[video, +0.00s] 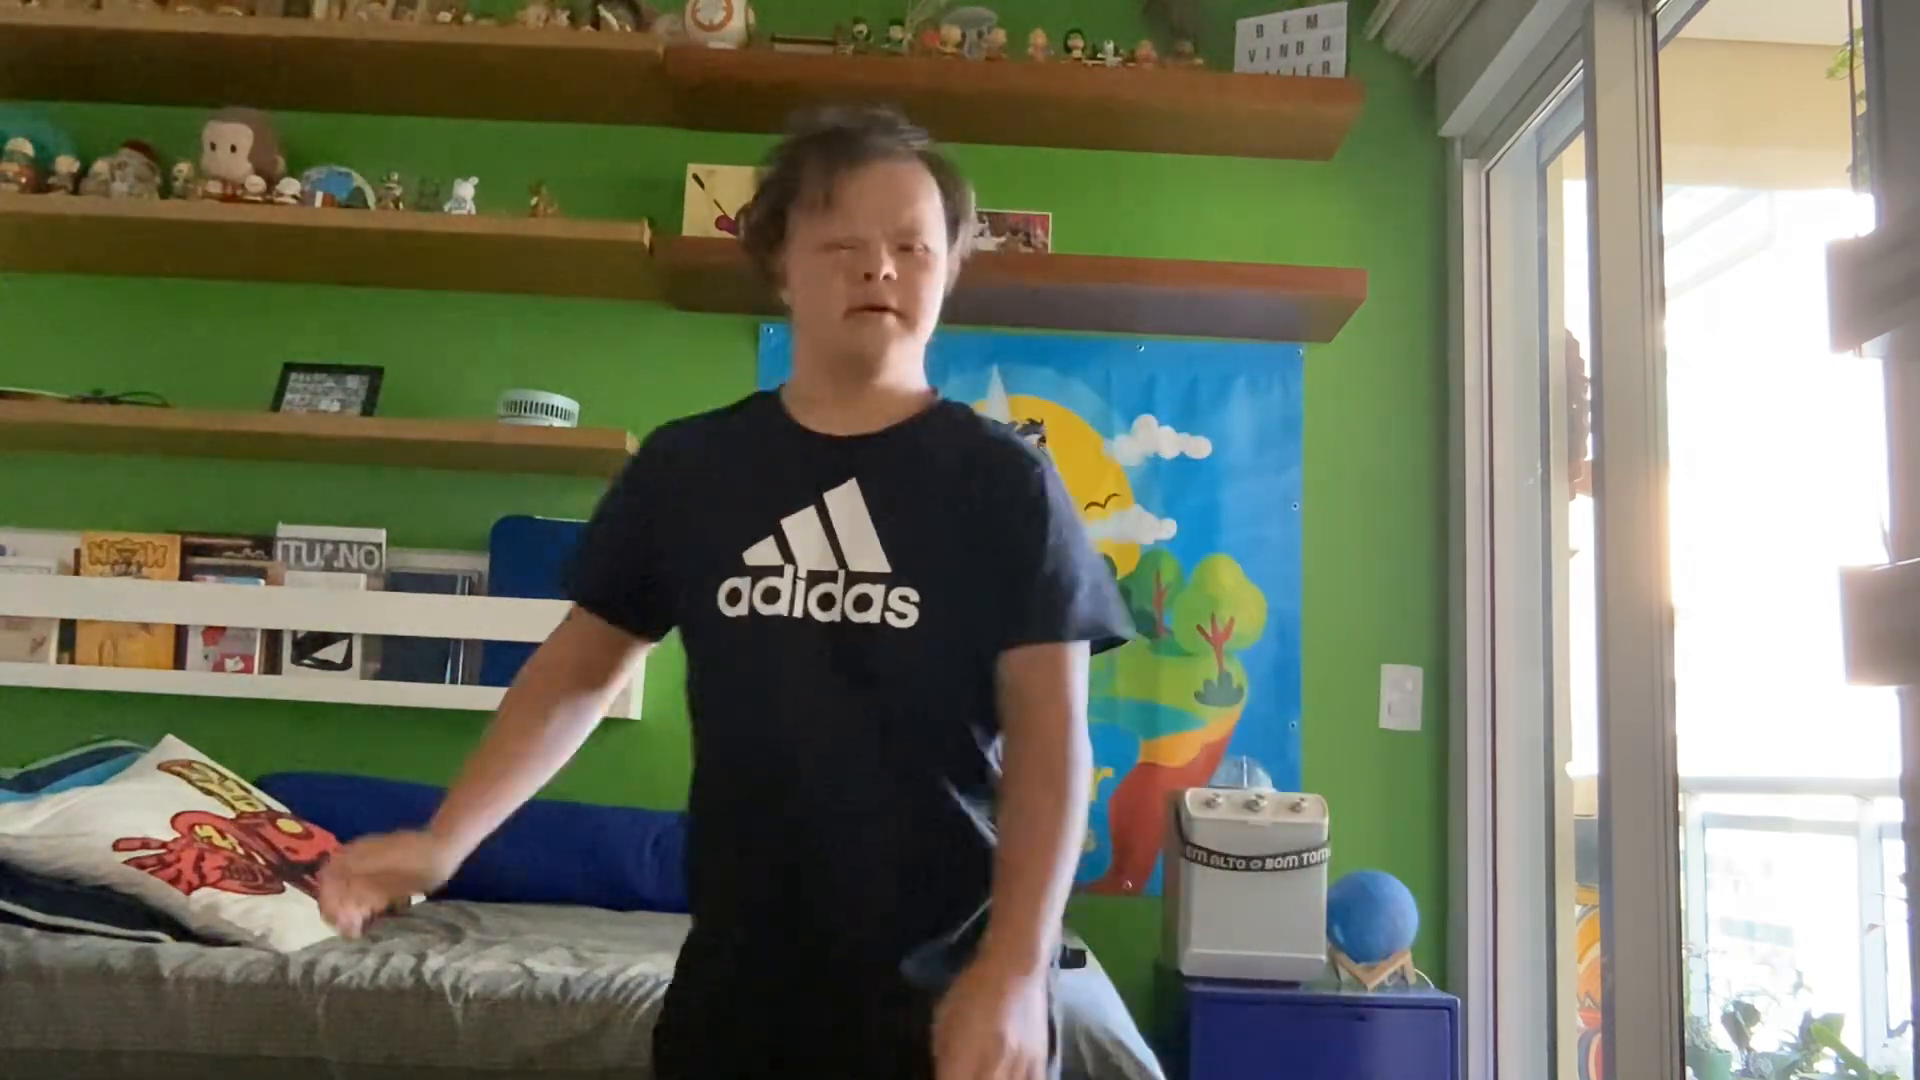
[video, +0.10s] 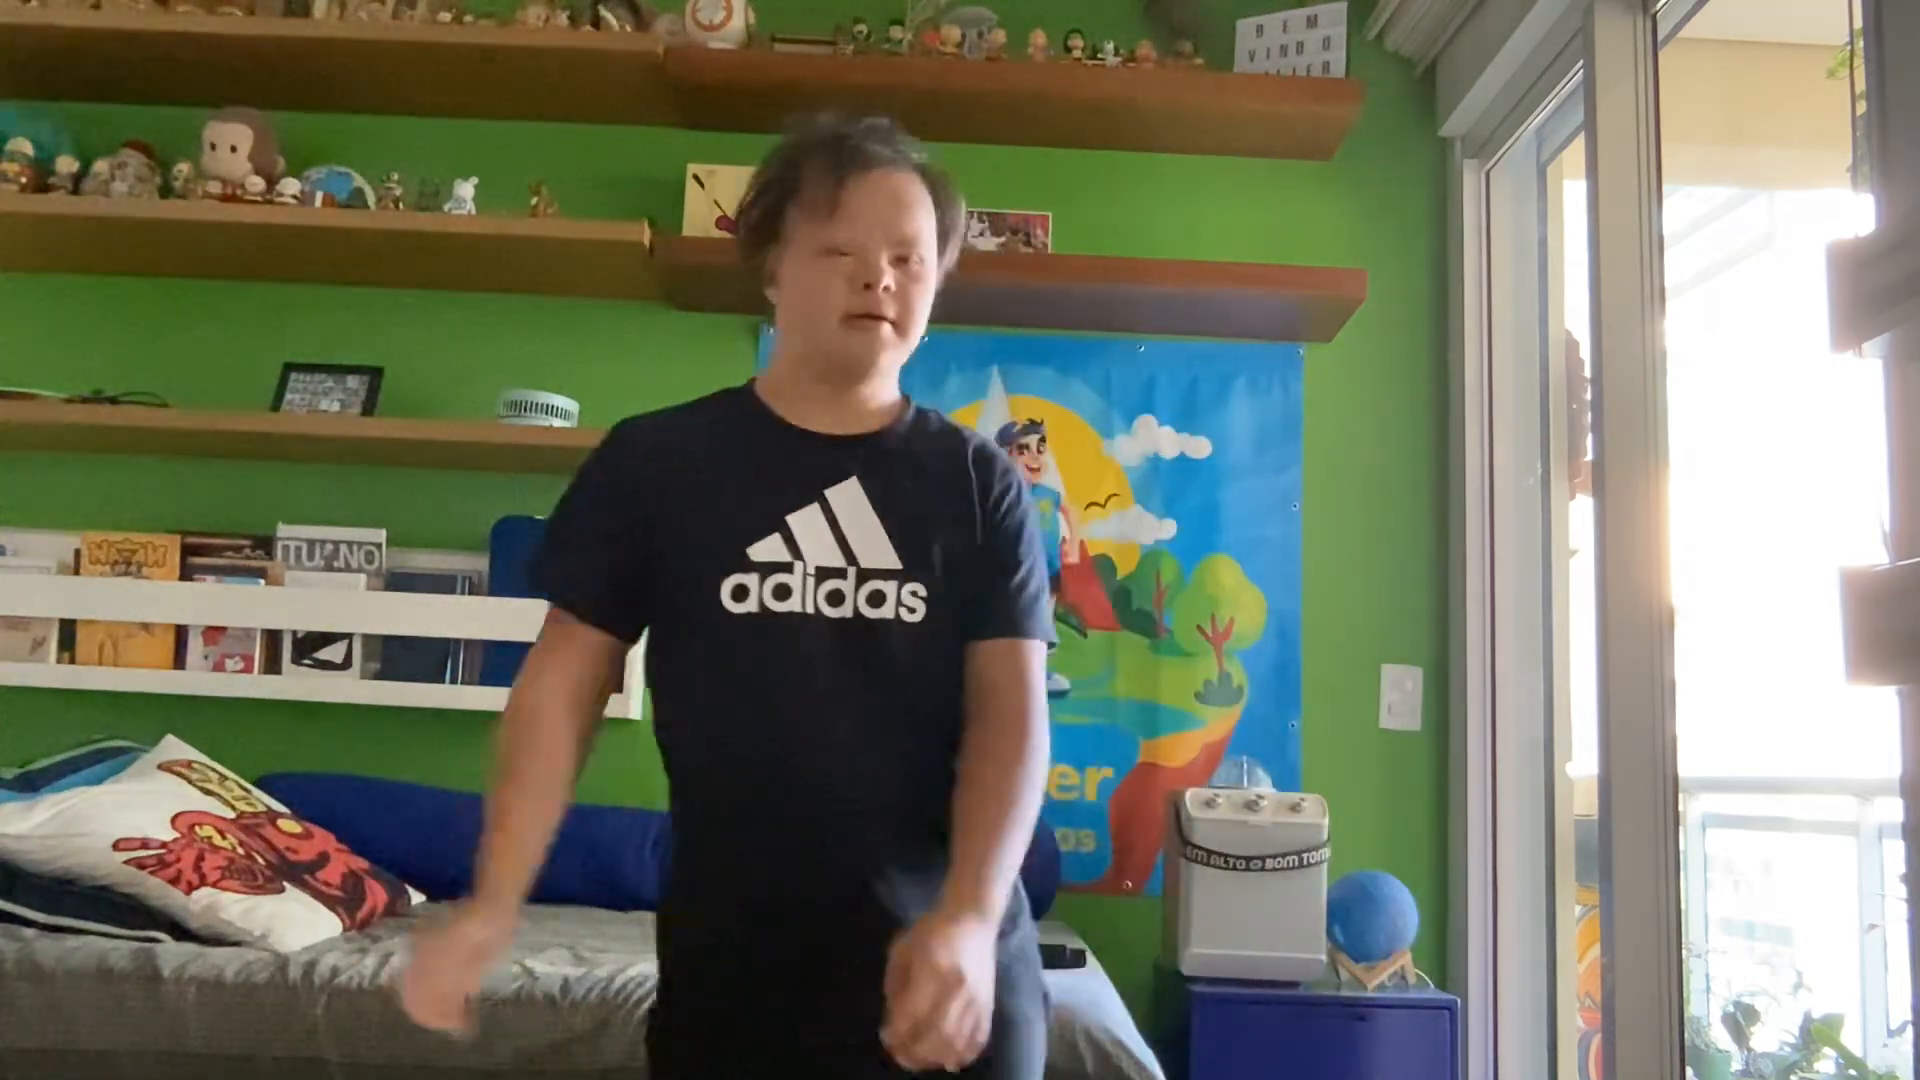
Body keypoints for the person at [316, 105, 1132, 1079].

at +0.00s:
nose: (878, 269)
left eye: (909, 243)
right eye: (842, 242)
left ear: (949, 271)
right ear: (780, 261)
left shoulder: (1003, 478)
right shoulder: (687, 468)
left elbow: (1048, 737)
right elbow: (576, 674)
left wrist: (1013, 969)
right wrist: (443, 842)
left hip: (953, 971)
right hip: (751, 965)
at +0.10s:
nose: (876, 280)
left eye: (905, 255)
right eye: (838, 251)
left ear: (936, 283)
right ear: (771, 267)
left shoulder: (977, 487)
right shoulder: (654, 463)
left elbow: (1011, 721)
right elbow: (561, 683)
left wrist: (971, 919)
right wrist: (494, 901)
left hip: (945, 974)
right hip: (740, 967)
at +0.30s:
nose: (880, 299)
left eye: (905, 275)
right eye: (841, 270)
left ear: (932, 303)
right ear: (773, 282)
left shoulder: (961, 503)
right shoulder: (671, 465)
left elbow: (996, 721)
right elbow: (614, 706)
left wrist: (966, 903)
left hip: (928, 977)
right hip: (734, 976)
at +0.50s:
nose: (933, 325)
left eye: (959, 303)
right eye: (896, 296)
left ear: (985, 329)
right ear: (833, 302)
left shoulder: (1004, 524)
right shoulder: (741, 462)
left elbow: (1032, 736)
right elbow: (659, 664)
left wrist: (1066, 927)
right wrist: (822, 797)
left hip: (973, 986)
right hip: (778, 982)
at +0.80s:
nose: (1056, 361)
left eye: (1083, 337)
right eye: (1021, 333)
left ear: (1115, 352)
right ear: (962, 344)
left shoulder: (1151, 549)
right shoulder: (880, 482)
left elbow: (1206, 740)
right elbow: (814, 606)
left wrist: (1190, 897)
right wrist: (918, 636)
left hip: (1077, 997)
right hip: (876, 973)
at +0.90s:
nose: (1100, 360)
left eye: (1127, 335)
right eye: (1065, 336)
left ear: (1163, 352)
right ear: (1013, 352)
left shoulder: (1210, 537)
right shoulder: (928, 507)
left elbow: (1267, 673)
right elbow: (860, 673)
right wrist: (961, 717)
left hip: (1110, 989)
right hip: (907, 974)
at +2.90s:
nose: (1182, 453)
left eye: (1190, 431)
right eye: (1186, 425)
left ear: (1111, 401)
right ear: (1132, 404)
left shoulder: (1078, 535)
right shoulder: (960, 486)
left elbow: (1105, 695)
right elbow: (818, 686)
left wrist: (1246, 737)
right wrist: (759, 893)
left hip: (1086, 998)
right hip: (942, 1002)